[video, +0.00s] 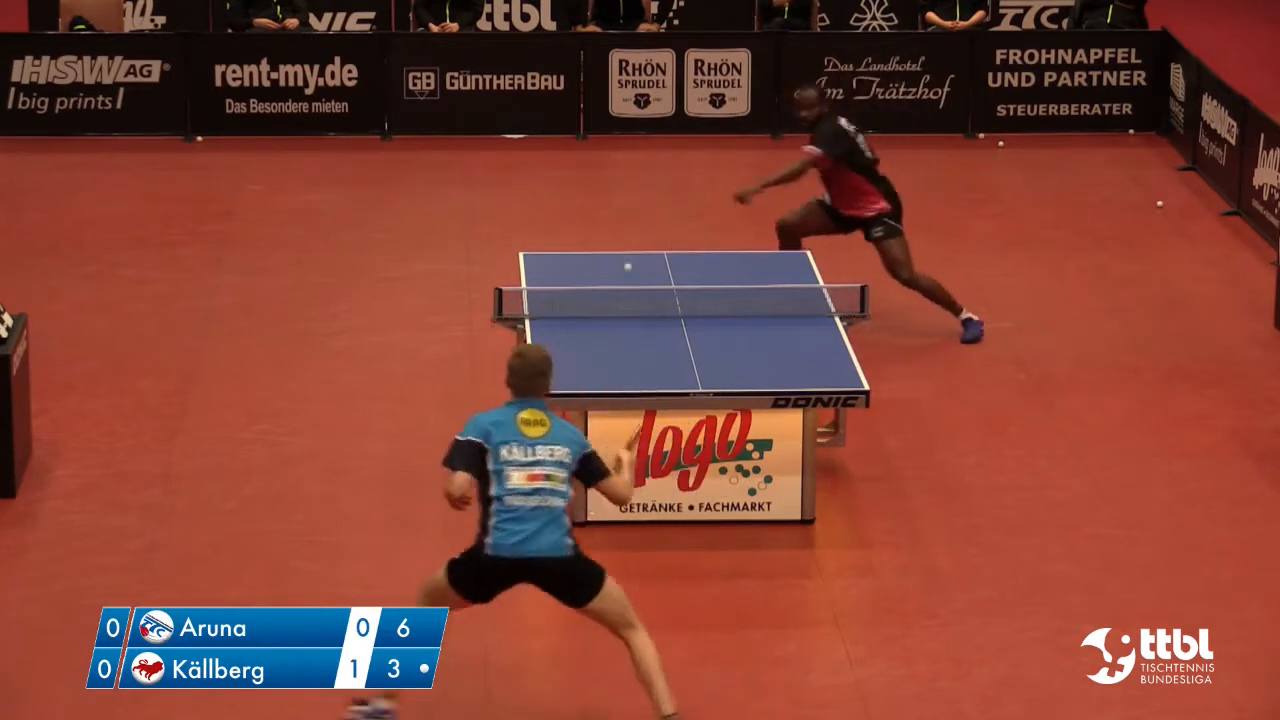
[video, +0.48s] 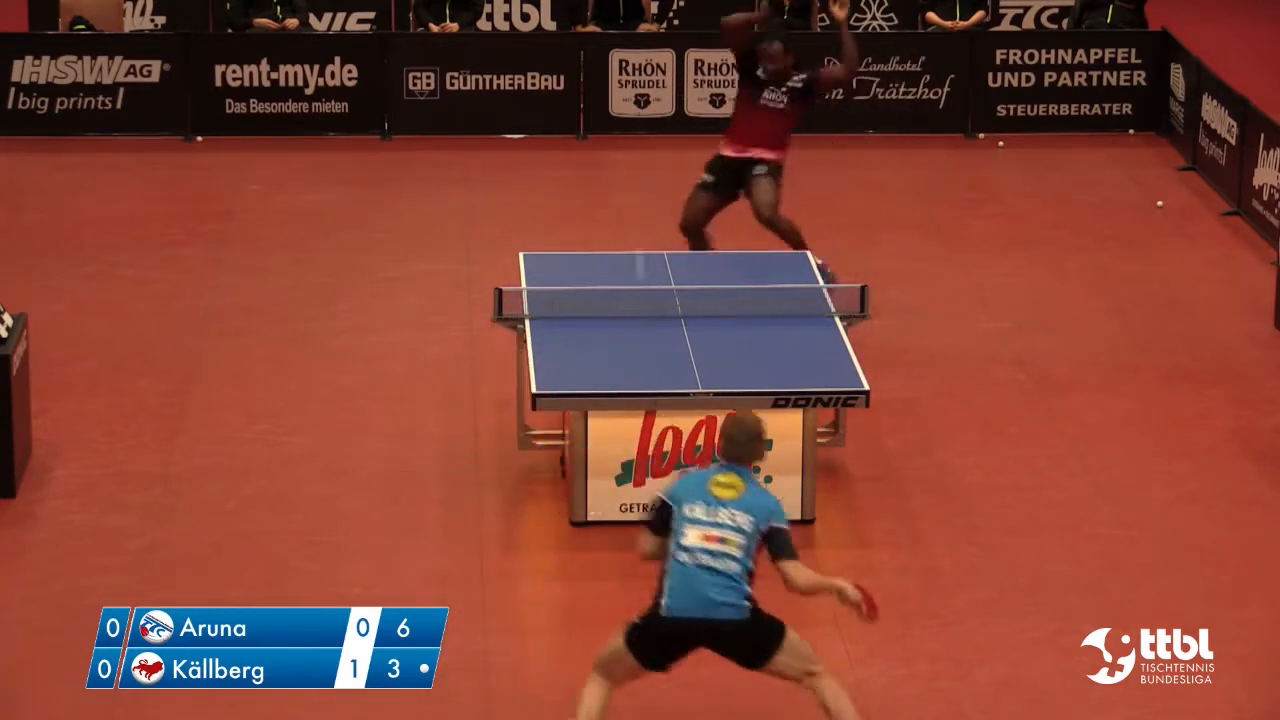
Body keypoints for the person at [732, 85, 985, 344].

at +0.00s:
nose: (802, 113)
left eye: (808, 106)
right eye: (799, 108)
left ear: (823, 104)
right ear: (798, 109)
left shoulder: (830, 130)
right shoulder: (826, 125)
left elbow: (800, 170)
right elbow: (866, 155)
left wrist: (756, 189)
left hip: (876, 210)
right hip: (842, 207)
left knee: (904, 274)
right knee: (787, 227)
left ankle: (966, 318)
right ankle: (791, 299)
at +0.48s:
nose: (768, 65)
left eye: (774, 59)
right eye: (765, 58)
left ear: (789, 59)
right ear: (758, 57)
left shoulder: (803, 84)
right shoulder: (749, 73)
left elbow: (848, 69)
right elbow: (727, 24)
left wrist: (843, 24)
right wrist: (760, 16)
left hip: (765, 163)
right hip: (729, 159)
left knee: (766, 214)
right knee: (690, 224)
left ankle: (813, 265)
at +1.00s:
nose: (781, 85)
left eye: (787, 79)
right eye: (777, 79)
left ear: (798, 79)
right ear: (770, 81)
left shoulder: (814, 106)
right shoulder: (769, 109)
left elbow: (827, 149)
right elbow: (753, 151)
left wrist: (792, 167)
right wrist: (727, 146)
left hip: (830, 185)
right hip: (793, 187)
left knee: (845, 245)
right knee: (750, 236)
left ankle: (896, 300)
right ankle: (763, 300)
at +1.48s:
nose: (839, 97)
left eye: (844, 90)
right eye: (836, 91)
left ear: (859, 85)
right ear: (836, 89)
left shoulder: (862, 111)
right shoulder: (883, 98)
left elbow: (836, 148)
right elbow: (920, 119)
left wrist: (796, 174)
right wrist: (929, 142)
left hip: (903, 191)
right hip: (881, 188)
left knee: (888, 264)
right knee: (842, 226)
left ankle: (945, 322)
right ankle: (858, 293)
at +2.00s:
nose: (953, 79)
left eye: (958, 74)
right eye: (948, 73)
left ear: (966, 76)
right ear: (939, 73)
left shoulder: (973, 114)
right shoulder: (923, 87)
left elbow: (1001, 156)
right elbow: (911, 36)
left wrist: (1042, 174)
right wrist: (954, 33)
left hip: (933, 186)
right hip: (892, 175)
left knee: (967, 244)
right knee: (845, 234)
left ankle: (992, 297)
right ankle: (797, 260)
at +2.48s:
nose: (811, 78)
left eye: (816, 72)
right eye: (806, 73)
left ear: (826, 72)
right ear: (798, 74)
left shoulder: (847, 101)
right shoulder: (788, 101)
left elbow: (871, 141)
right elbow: (775, 142)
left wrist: (877, 184)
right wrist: (754, 150)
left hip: (841, 179)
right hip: (800, 176)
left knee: (852, 241)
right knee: (752, 224)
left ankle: (873, 285)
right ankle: (727, 276)